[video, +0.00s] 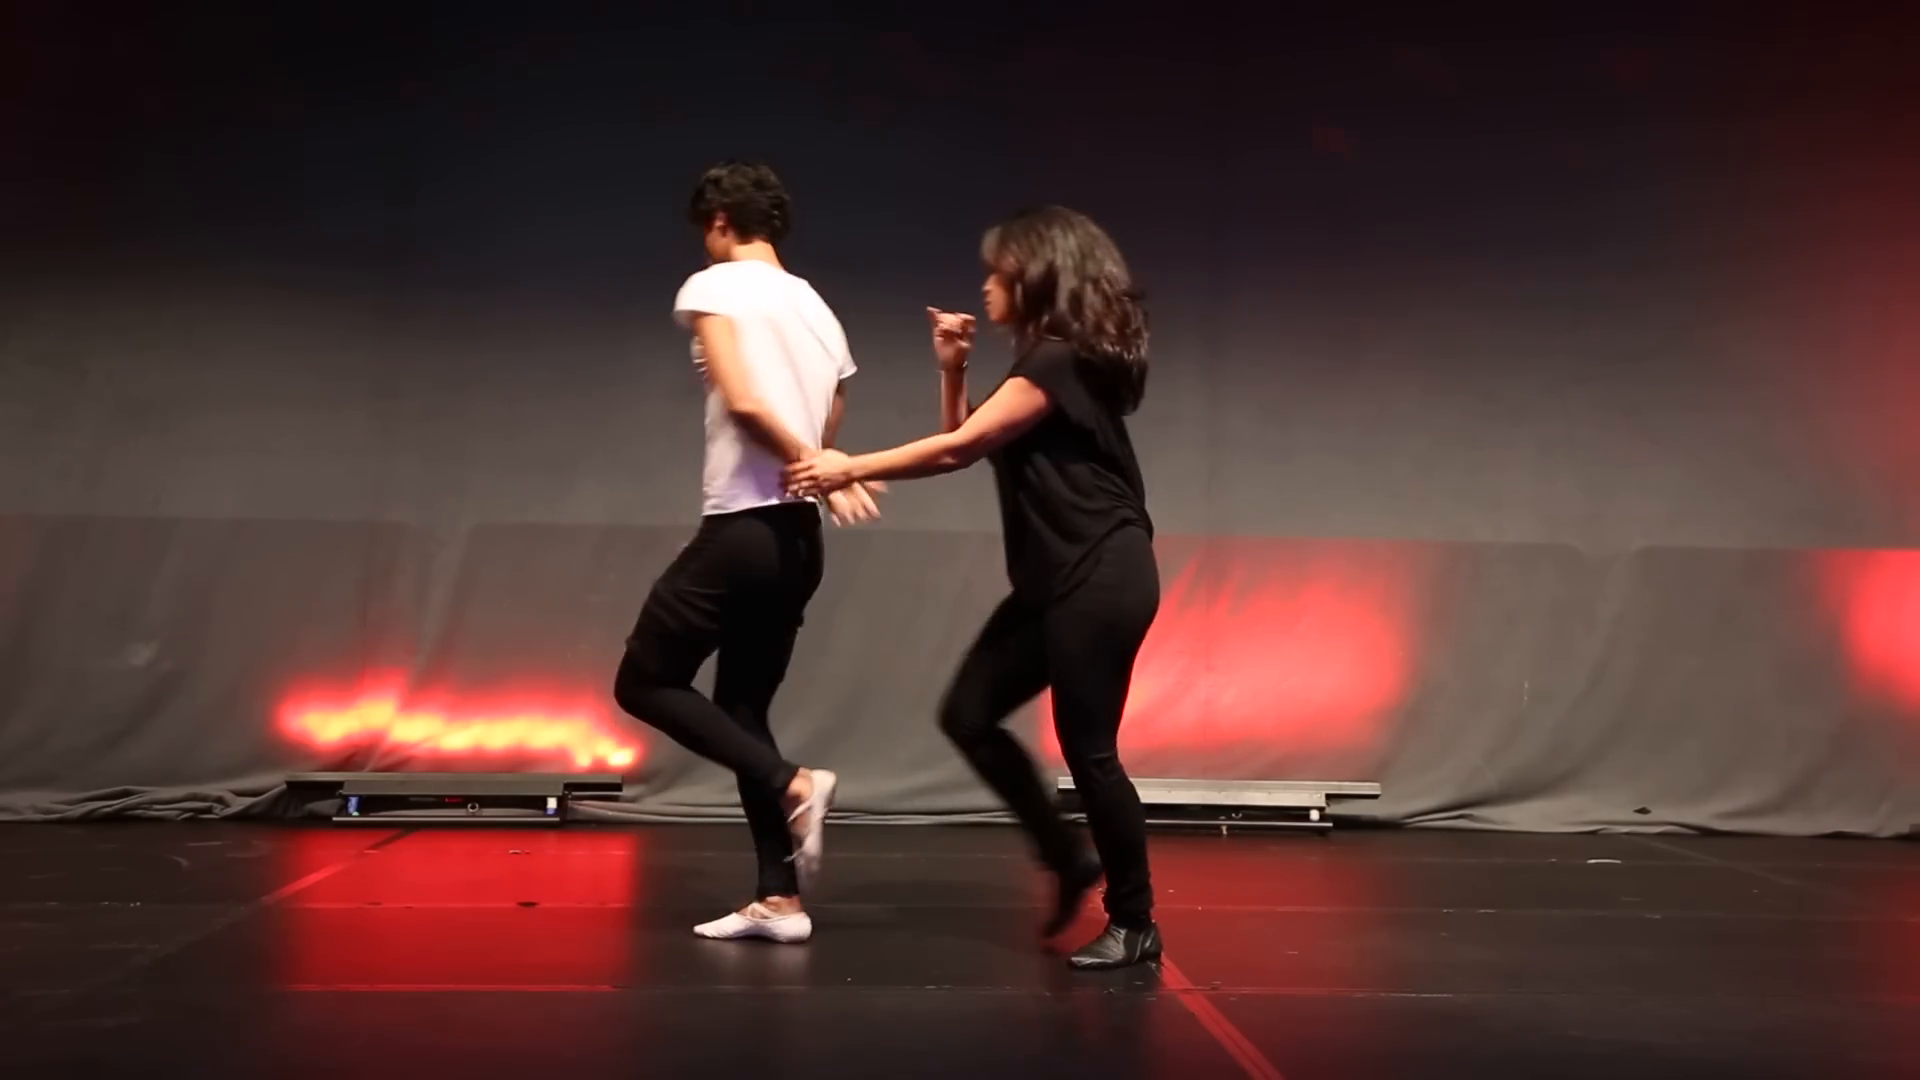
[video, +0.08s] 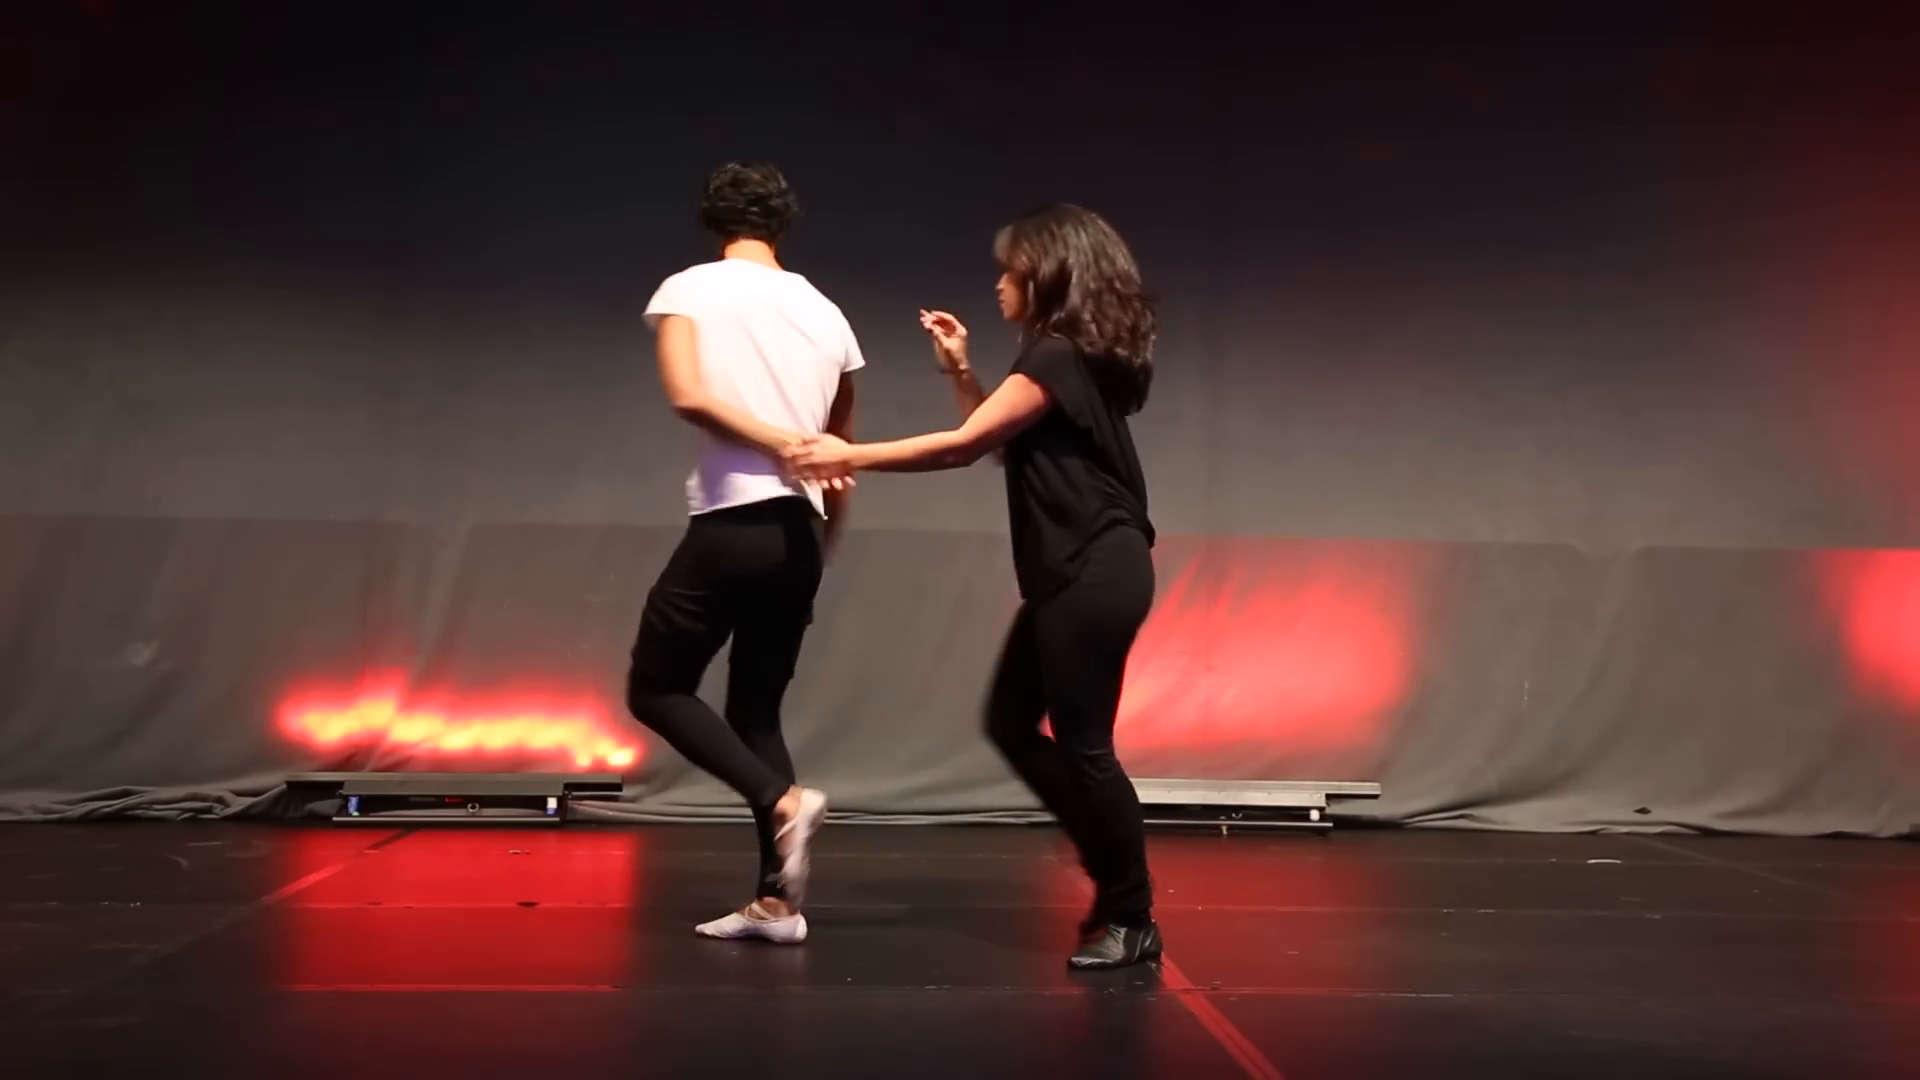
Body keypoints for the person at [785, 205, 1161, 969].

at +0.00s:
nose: (985, 288)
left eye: (997, 275)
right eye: (989, 273)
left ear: (1038, 278)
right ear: (1047, 282)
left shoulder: (1064, 361)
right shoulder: (1045, 360)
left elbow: (961, 447)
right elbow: (965, 443)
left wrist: (849, 466)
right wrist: (952, 371)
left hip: (1100, 576)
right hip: (1055, 582)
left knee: (1090, 751)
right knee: (966, 717)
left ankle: (1136, 927)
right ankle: (1070, 860)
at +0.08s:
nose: (998, 286)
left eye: (1009, 273)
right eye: (1001, 272)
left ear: (1049, 275)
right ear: (1064, 276)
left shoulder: (1062, 359)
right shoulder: (1068, 355)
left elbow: (965, 443)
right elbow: (999, 441)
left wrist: (851, 456)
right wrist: (960, 373)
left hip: (1097, 570)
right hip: (1071, 572)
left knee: (1083, 745)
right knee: (1010, 724)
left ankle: (1132, 924)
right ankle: (1116, 873)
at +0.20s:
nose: (1008, 285)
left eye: (1018, 271)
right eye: (1010, 270)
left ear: (1053, 274)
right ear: (1089, 274)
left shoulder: (1045, 355)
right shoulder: (1115, 352)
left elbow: (952, 435)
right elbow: (1085, 416)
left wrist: (836, 438)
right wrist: (1022, 371)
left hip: (1075, 565)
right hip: (1115, 562)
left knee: (1047, 740)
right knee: (1076, 734)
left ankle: (1126, 907)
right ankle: (1137, 895)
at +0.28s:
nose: (1008, 286)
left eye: (1017, 272)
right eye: (1010, 271)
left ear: (1054, 274)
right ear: (1100, 274)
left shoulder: (1027, 353)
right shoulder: (1131, 358)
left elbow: (941, 431)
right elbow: (1144, 467)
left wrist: (821, 434)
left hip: (1060, 569)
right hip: (1131, 570)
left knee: (1001, 731)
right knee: (1103, 735)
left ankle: (1089, 888)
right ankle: (1144, 911)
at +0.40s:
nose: (1002, 292)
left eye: (1012, 278)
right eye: (1004, 277)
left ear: (1047, 280)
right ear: (1095, 280)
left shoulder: (1014, 358)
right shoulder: (1134, 361)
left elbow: (936, 435)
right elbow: (1165, 449)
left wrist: (817, 442)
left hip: (1045, 574)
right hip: (1130, 576)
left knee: (973, 724)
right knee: (1119, 738)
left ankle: (1003, 902)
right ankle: (1143, 915)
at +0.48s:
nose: (994, 297)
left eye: (1004, 284)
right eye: (997, 283)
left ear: (1039, 286)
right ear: (1083, 285)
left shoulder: (1003, 362)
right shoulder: (1125, 367)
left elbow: (928, 436)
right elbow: (1151, 480)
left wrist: (816, 449)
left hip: (1027, 578)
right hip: (1117, 581)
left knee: (950, 713)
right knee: (1119, 740)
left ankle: (971, 887)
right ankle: (1143, 915)